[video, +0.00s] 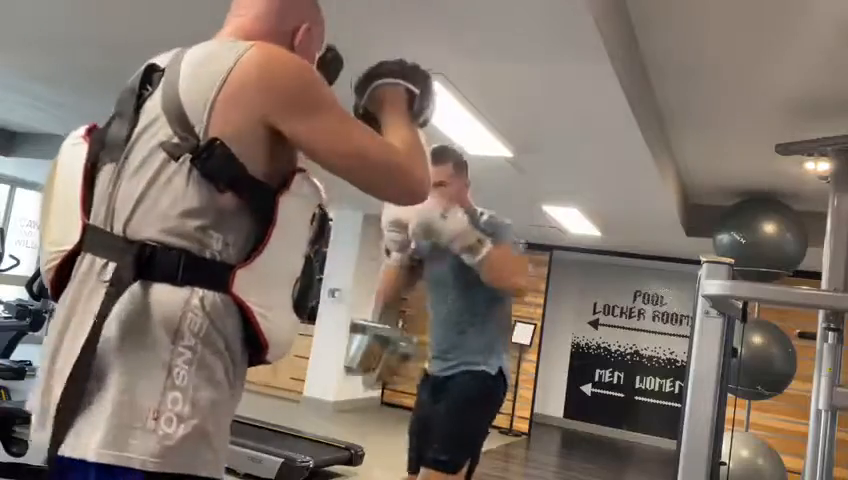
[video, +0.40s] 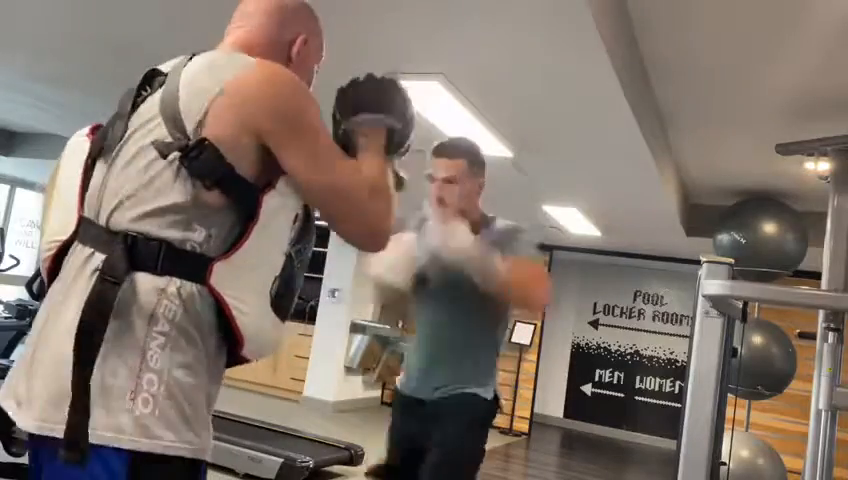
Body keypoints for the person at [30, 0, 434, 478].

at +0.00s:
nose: (315, 62)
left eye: (320, 52)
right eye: (318, 49)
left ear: (236, 18)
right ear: (303, 36)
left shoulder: (160, 70)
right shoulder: (272, 71)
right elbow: (410, 181)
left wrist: (301, 96)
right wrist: (392, 97)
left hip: (85, 306)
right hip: (170, 330)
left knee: (77, 460)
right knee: (145, 465)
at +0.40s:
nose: (313, 79)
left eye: (316, 68)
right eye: (316, 64)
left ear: (234, 28)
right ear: (299, 47)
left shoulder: (161, 80)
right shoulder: (269, 86)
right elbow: (371, 226)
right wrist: (372, 132)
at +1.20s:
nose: (296, 53)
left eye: (303, 36)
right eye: (299, 29)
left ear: (203, 8)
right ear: (260, 20)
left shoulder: (128, 52)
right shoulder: (198, 68)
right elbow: (308, 232)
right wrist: (369, 147)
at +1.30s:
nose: (270, 51)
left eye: (276, 33)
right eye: (270, 28)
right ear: (234, 17)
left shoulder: (119, 46)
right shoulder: (156, 55)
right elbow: (257, 207)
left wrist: (257, 77)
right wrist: (337, 132)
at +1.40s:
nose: (239, 31)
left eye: (241, 18)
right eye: (236, 15)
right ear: (192, 3)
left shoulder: (81, 30)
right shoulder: (115, 41)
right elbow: (272, 160)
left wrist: (230, 70)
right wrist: (307, 75)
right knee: (28, 465)